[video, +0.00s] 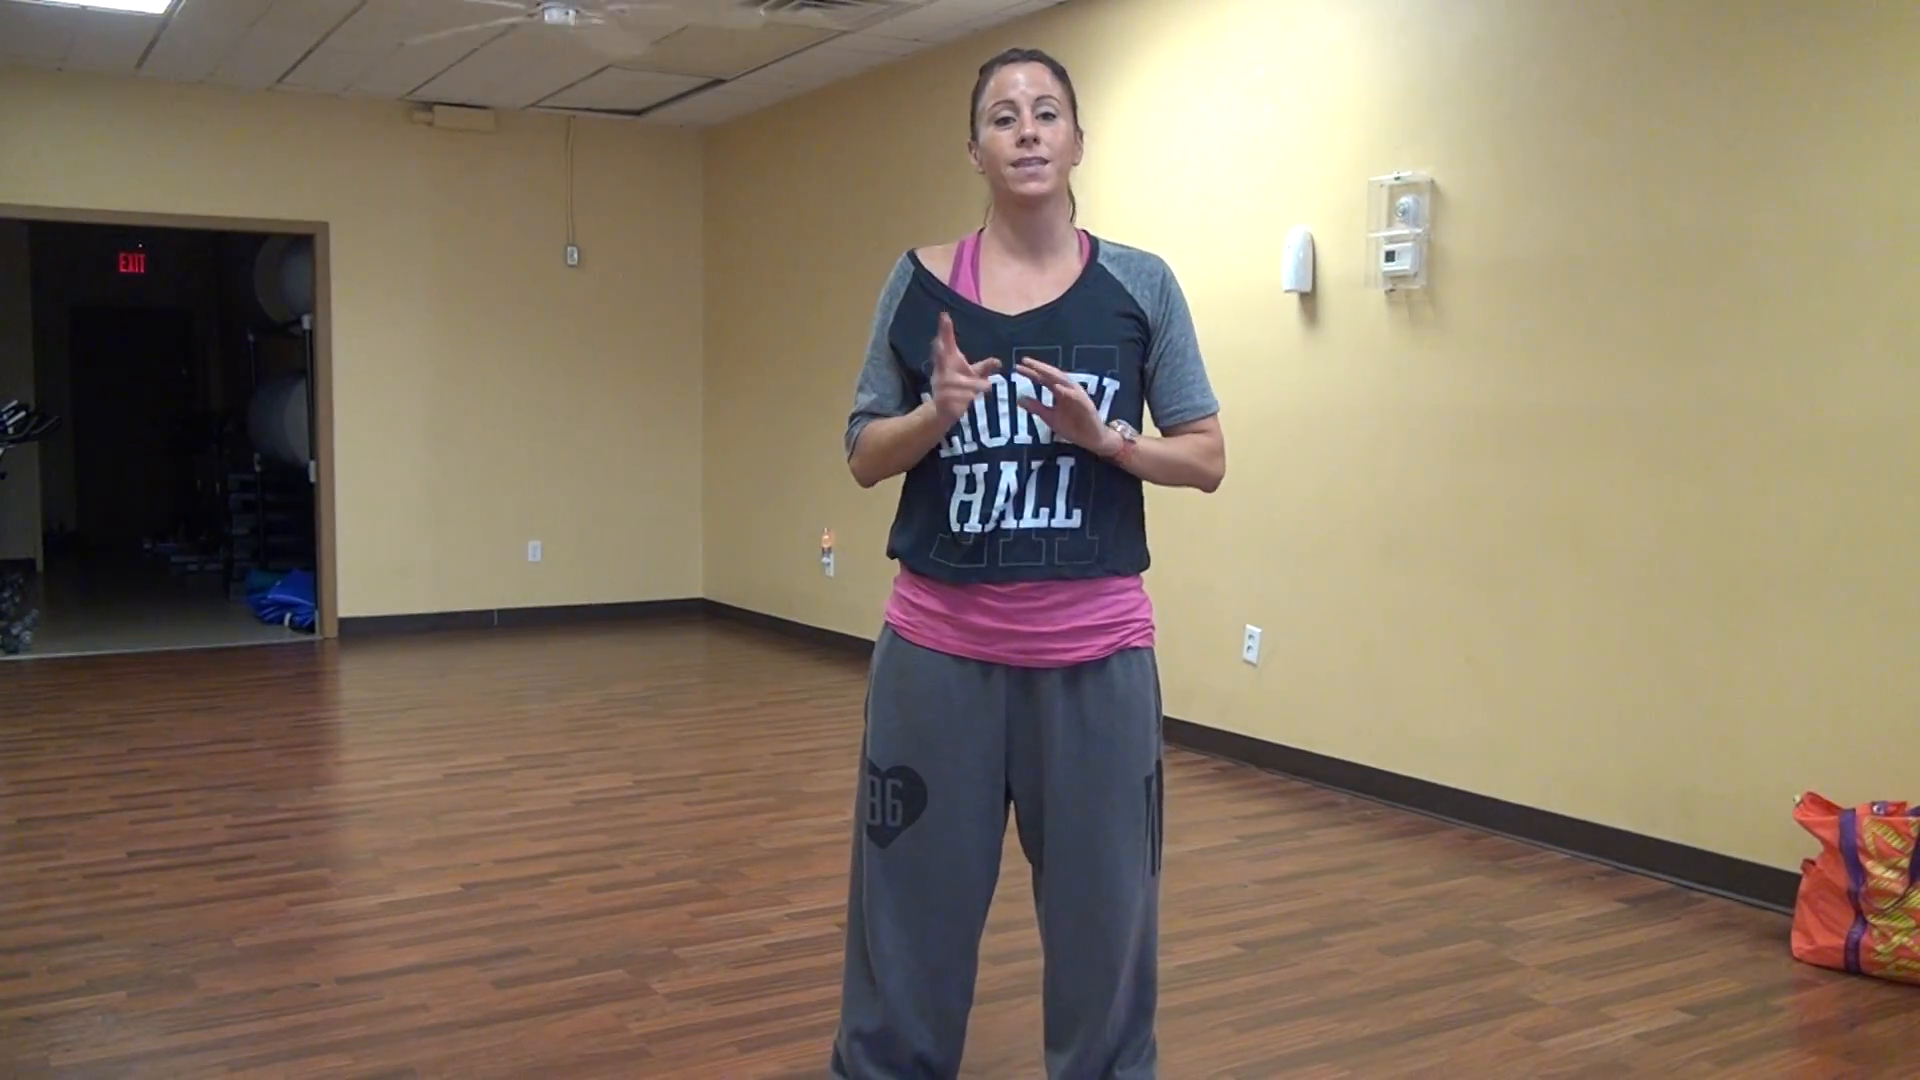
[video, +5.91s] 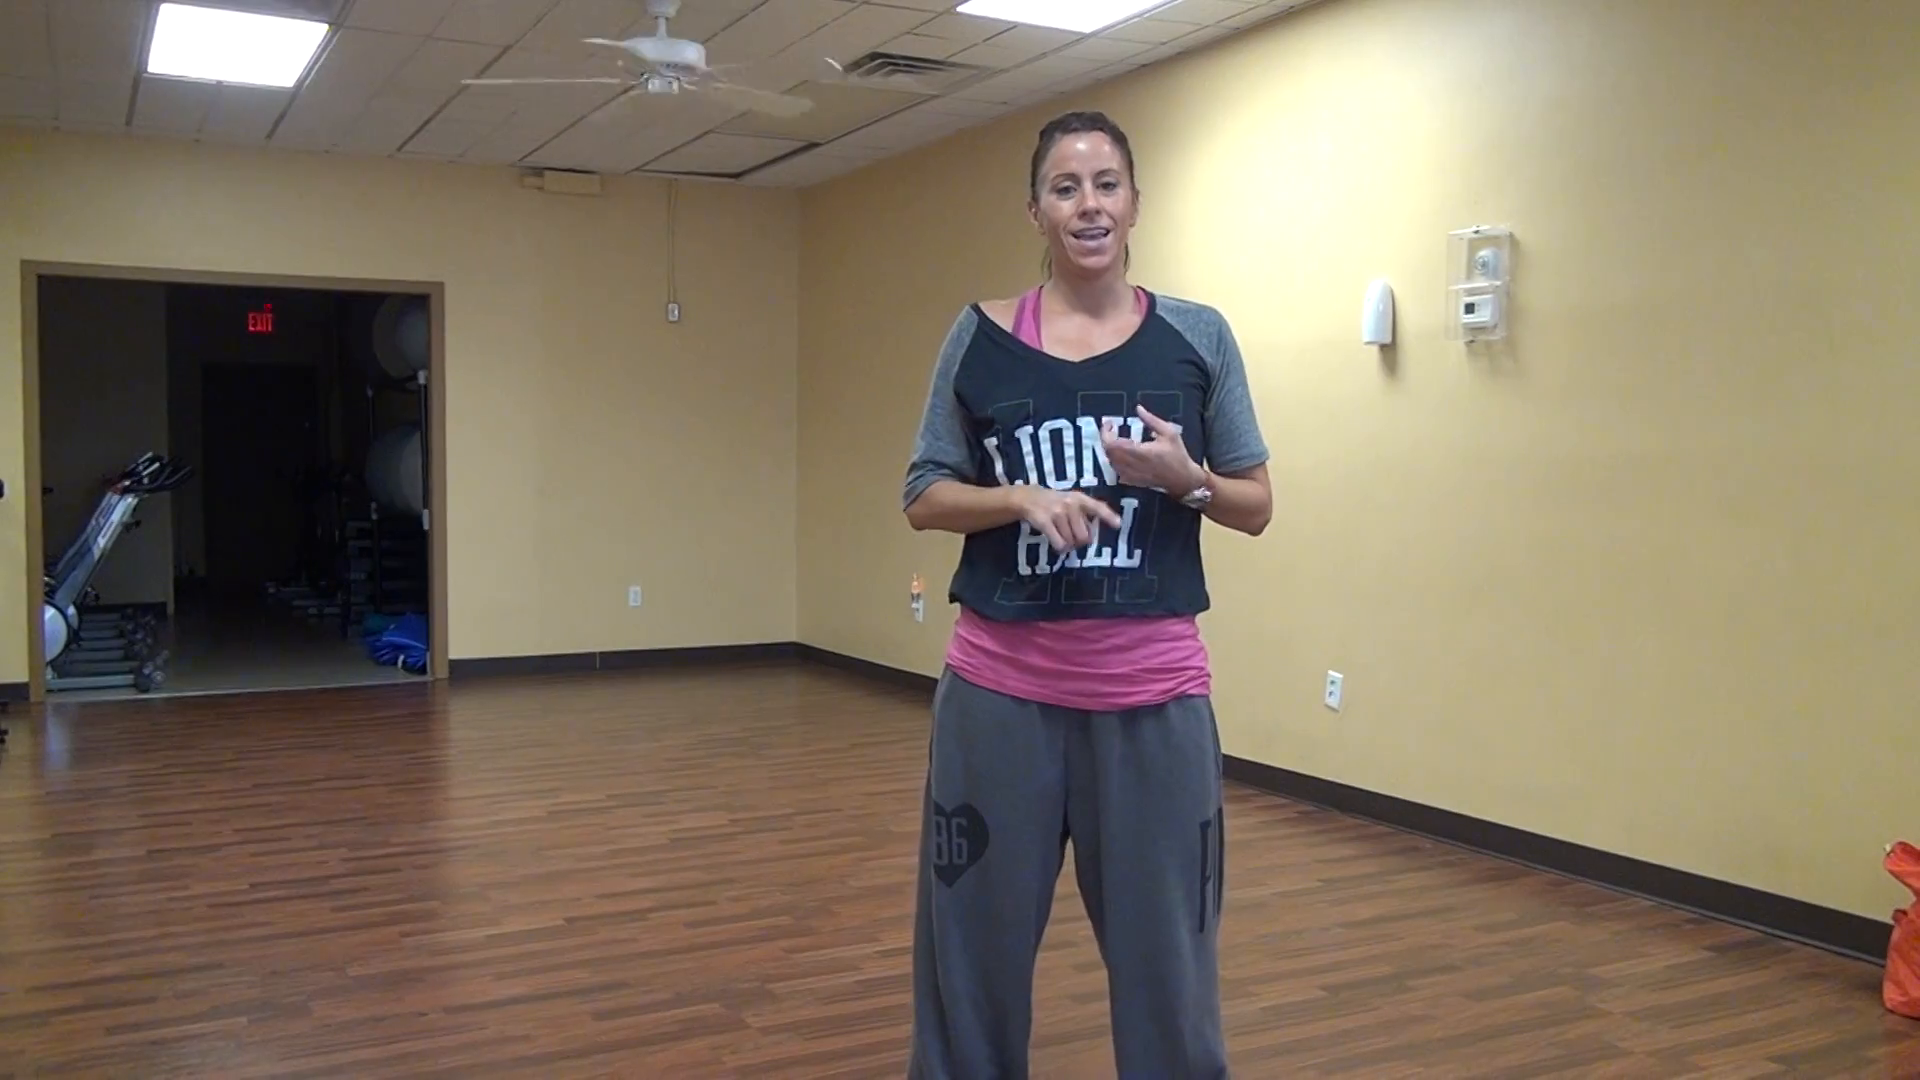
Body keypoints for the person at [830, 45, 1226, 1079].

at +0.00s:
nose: (1025, 131)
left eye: (1046, 114)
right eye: (1003, 117)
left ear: (1077, 141)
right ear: (975, 148)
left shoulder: (1142, 281)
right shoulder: (924, 280)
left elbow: (1207, 459)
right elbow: (866, 457)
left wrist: (1107, 439)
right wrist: (934, 413)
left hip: (1097, 646)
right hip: (937, 641)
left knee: (1107, 925)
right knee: (906, 917)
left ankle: (1104, 1072)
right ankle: (889, 1069)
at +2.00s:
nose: (1013, 125)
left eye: (1032, 106)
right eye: (988, 110)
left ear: (1061, 131)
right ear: (958, 143)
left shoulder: (1128, 275)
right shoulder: (905, 273)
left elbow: (1187, 453)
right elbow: (849, 446)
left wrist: (1113, 444)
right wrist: (895, 449)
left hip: (1088, 651)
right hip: (925, 648)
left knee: (1106, 933)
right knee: (901, 925)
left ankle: (1110, 1076)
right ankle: (882, 1072)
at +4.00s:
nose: (994, 153)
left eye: (1012, 132)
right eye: (971, 137)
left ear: (1042, 152)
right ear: (945, 162)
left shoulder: (1112, 285)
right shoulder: (898, 294)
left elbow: (1171, 452)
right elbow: (847, 463)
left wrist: (1109, 438)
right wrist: (912, 433)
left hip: (1078, 640)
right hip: (925, 639)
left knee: (1092, 902)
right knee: (895, 899)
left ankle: (1104, 1069)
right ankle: (885, 1068)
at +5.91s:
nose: (1089, 205)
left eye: (1108, 184)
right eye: (1066, 188)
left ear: (1134, 200)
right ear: (1035, 210)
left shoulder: (1199, 334)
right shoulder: (983, 334)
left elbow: (1255, 506)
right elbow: (925, 497)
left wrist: (1188, 479)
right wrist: (1024, 499)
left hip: (1154, 693)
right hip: (998, 690)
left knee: (1169, 969)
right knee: (969, 959)